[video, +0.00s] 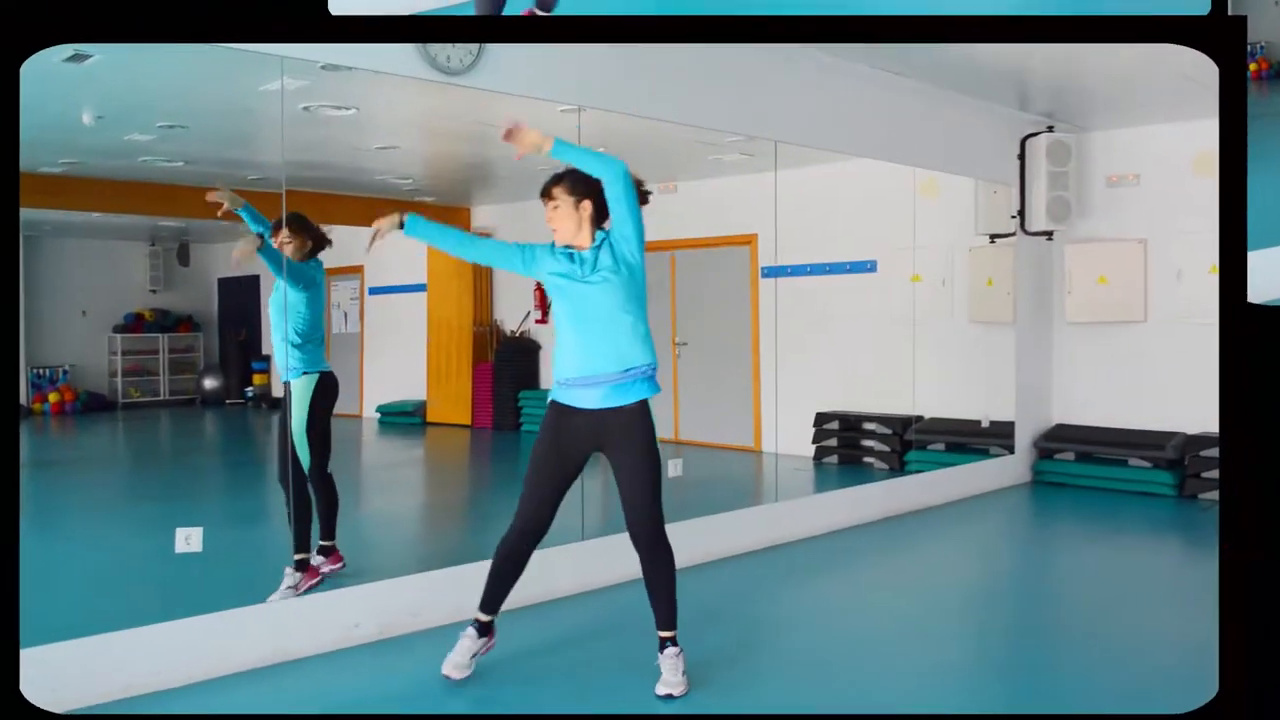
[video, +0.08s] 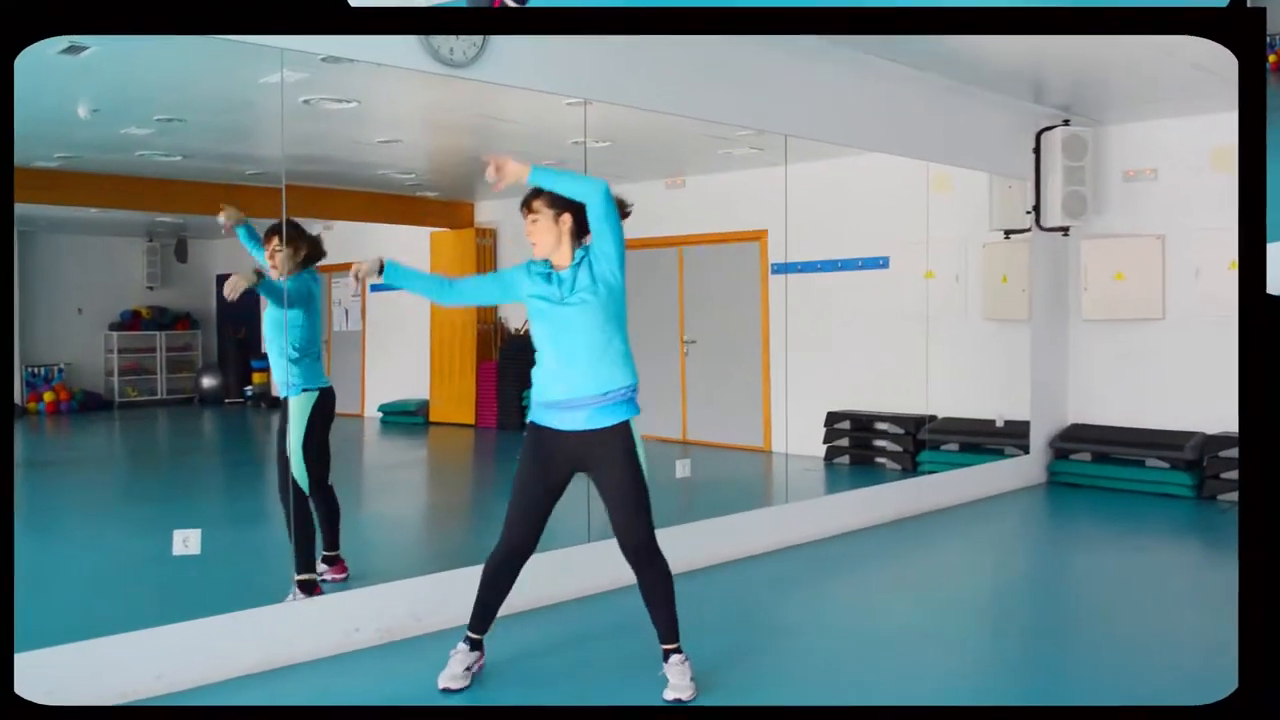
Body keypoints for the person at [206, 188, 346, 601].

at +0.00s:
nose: (281, 245)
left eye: (288, 239)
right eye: (278, 240)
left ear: (307, 241)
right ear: (278, 242)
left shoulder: (308, 272)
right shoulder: (293, 269)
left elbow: (281, 264)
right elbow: (269, 234)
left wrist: (259, 244)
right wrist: (237, 206)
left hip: (310, 382)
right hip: (297, 383)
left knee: (310, 472)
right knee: (294, 473)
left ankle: (309, 561)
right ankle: (322, 554)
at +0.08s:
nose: (271, 258)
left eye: (279, 251)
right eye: (269, 251)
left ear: (297, 253)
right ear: (267, 254)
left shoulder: (304, 283)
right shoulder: (280, 279)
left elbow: (281, 293)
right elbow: (261, 250)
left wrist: (256, 281)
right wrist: (239, 223)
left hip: (307, 398)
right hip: (295, 398)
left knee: (298, 489)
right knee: (313, 482)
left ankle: (307, 585)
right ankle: (332, 561)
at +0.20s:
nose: (250, 264)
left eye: (258, 257)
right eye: (248, 256)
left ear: (279, 261)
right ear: (248, 261)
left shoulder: (290, 297)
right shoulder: (263, 291)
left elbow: (296, 365)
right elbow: (229, 296)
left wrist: (258, 357)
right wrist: (231, 268)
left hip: (319, 400)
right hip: (302, 401)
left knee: (293, 489)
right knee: (278, 478)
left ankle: (310, 589)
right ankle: (324, 551)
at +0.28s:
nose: (234, 279)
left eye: (241, 271)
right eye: (232, 272)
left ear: (263, 274)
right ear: (235, 276)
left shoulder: (286, 315)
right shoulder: (250, 312)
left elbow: (303, 388)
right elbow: (237, 343)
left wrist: (270, 406)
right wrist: (220, 323)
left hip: (329, 406)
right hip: (301, 407)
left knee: (288, 494)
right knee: (259, 473)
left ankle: (311, 590)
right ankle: (320, 537)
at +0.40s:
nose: (222, 313)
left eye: (229, 305)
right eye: (220, 305)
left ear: (254, 309)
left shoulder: (285, 345)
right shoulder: (239, 342)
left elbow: (308, 413)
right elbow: (249, 389)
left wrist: (303, 479)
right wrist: (226, 425)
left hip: (336, 419)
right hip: (303, 421)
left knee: (279, 498)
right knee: (247, 477)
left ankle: (310, 592)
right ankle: (320, 534)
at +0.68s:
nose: (217, 316)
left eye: (225, 309)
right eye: (217, 308)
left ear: (249, 313)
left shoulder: (281, 348)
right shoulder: (235, 340)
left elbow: (314, 414)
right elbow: (218, 384)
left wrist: (299, 475)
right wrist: (216, 433)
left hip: (332, 426)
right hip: (306, 427)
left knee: (267, 502)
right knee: (272, 496)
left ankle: (307, 591)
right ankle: (333, 562)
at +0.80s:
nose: (225, 294)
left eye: (230, 287)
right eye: (225, 287)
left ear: (252, 291)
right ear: (250, 292)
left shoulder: (281, 330)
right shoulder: (248, 321)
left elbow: (303, 398)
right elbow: (205, 334)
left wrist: (260, 430)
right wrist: (200, 355)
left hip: (325, 418)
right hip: (306, 417)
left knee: (269, 503)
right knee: (280, 486)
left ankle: (307, 591)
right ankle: (333, 548)